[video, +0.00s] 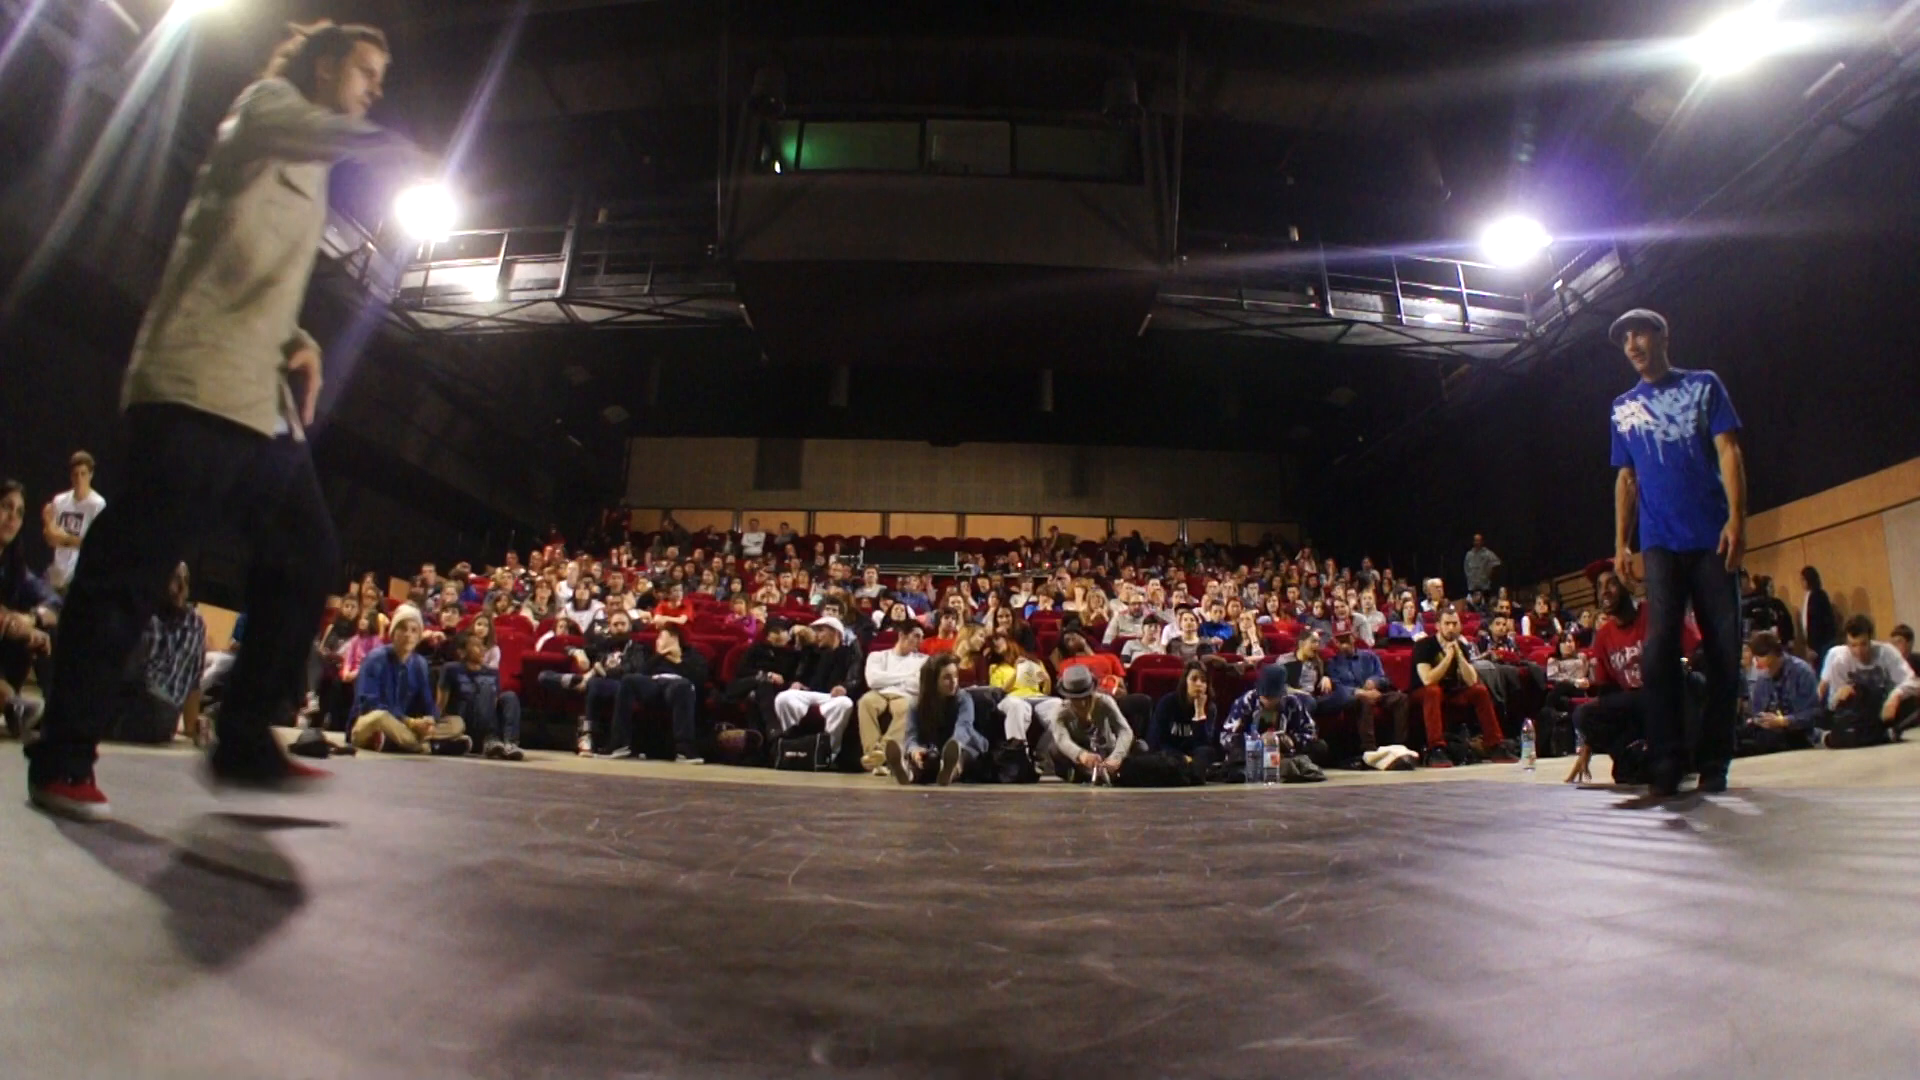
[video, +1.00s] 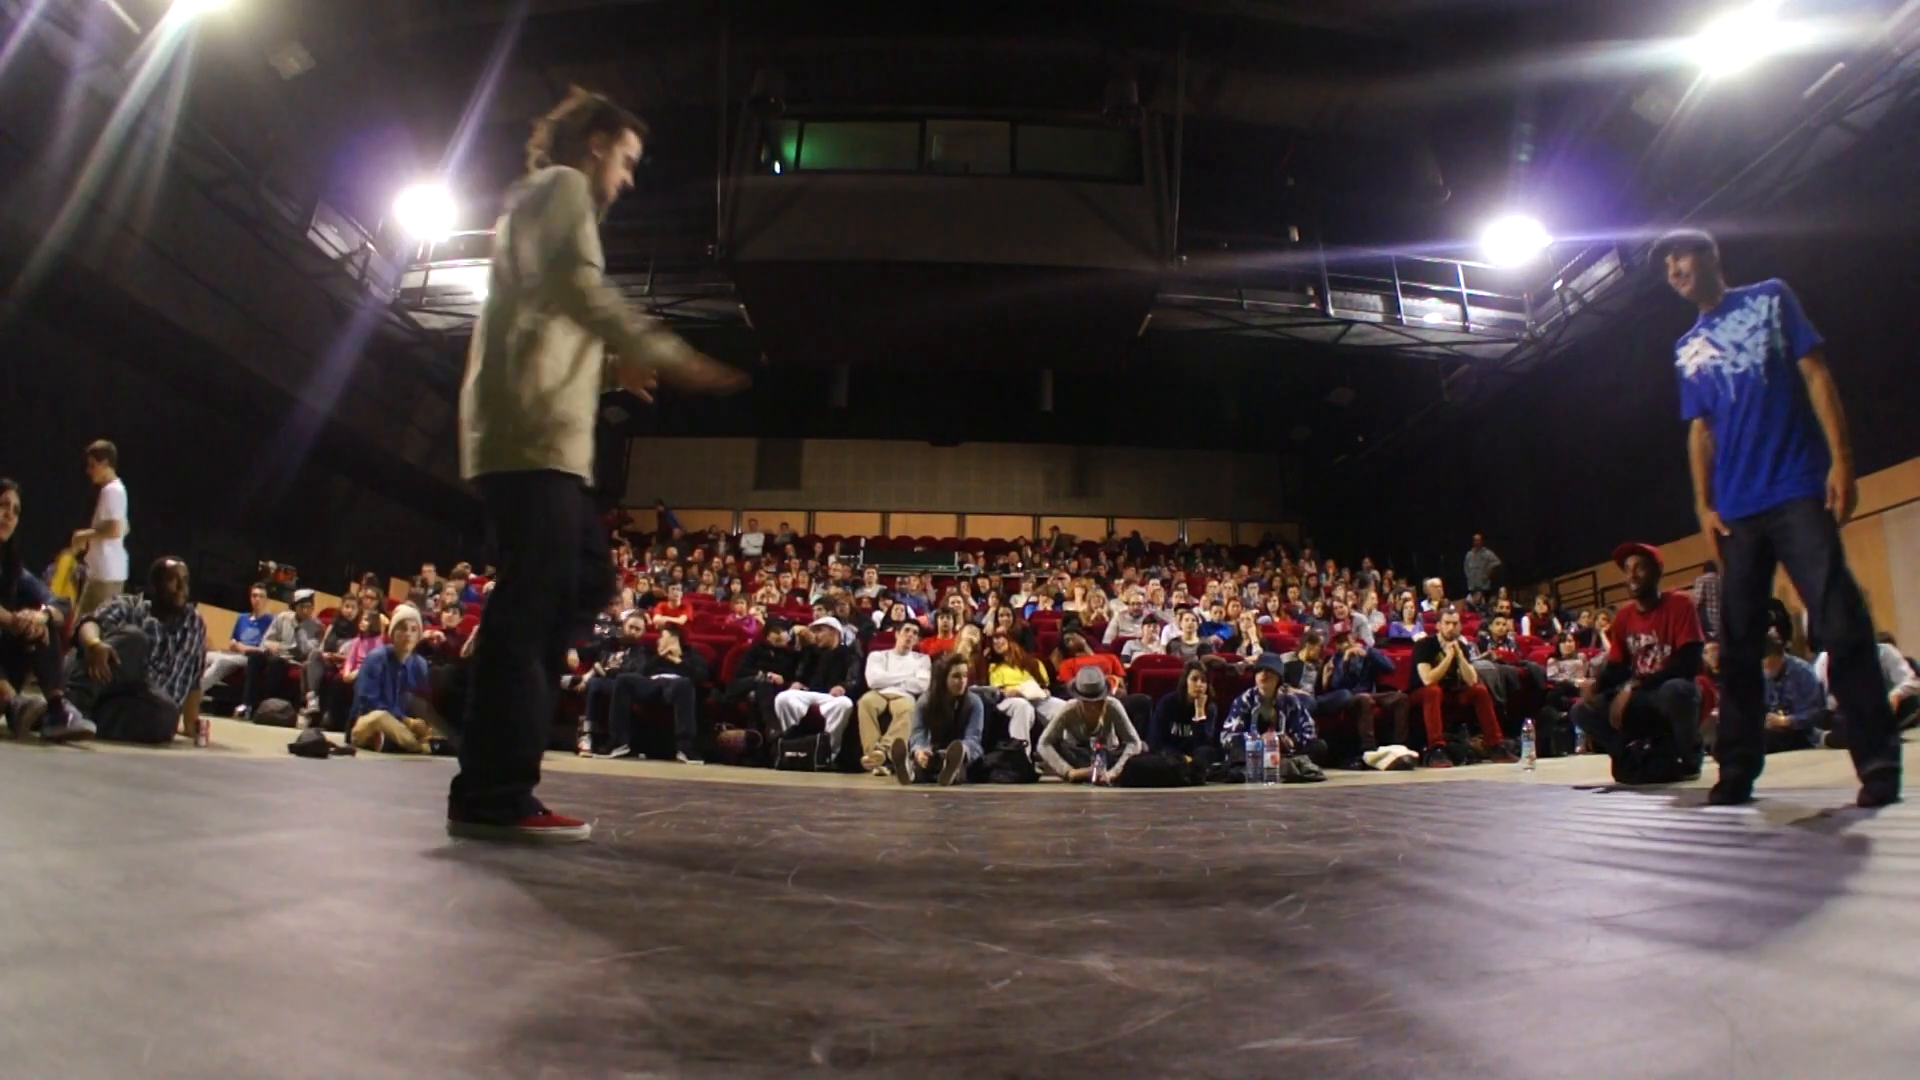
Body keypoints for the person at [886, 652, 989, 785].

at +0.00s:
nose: (953, 682)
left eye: (955, 676)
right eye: (947, 677)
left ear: (959, 676)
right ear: (933, 680)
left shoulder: (963, 699)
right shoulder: (918, 704)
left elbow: (964, 725)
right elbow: (911, 734)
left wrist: (954, 746)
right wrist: (913, 749)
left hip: (962, 743)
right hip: (933, 744)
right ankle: (909, 770)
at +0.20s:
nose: (951, 683)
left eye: (953, 678)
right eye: (945, 679)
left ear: (956, 678)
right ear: (931, 682)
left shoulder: (962, 698)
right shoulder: (917, 705)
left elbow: (964, 725)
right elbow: (910, 736)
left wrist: (956, 747)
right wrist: (913, 750)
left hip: (961, 744)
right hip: (932, 746)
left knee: (957, 761)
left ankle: (949, 773)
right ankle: (908, 770)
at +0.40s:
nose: (954, 683)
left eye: (956, 677)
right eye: (947, 679)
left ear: (959, 677)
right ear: (933, 682)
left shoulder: (966, 701)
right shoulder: (919, 705)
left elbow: (972, 738)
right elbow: (912, 737)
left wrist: (949, 749)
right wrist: (915, 751)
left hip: (957, 751)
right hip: (927, 752)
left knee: (952, 761)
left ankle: (949, 772)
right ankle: (908, 770)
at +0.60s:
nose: (958, 682)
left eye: (960, 676)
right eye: (951, 677)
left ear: (963, 677)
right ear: (937, 679)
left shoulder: (970, 702)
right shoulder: (921, 703)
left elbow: (973, 739)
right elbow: (915, 735)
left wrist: (955, 751)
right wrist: (917, 751)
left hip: (957, 751)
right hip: (929, 751)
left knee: (954, 763)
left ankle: (950, 773)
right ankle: (909, 770)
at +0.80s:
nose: (961, 681)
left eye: (964, 676)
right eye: (955, 676)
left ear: (967, 678)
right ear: (941, 679)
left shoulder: (973, 702)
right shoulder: (924, 702)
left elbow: (973, 738)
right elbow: (918, 733)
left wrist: (956, 751)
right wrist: (918, 750)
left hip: (960, 749)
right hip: (932, 751)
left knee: (955, 761)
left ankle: (950, 773)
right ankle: (909, 770)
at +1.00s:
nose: (962, 681)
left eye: (965, 676)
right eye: (956, 676)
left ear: (968, 677)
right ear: (942, 678)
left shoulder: (974, 702)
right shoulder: (925, 701)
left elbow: (974, 739)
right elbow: (918, 732)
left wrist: (960, 750)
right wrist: (919, 750)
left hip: (959, 750)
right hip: (932, 750)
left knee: (955, 763)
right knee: (920, 762)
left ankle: (949, 773)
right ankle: (909, 770)